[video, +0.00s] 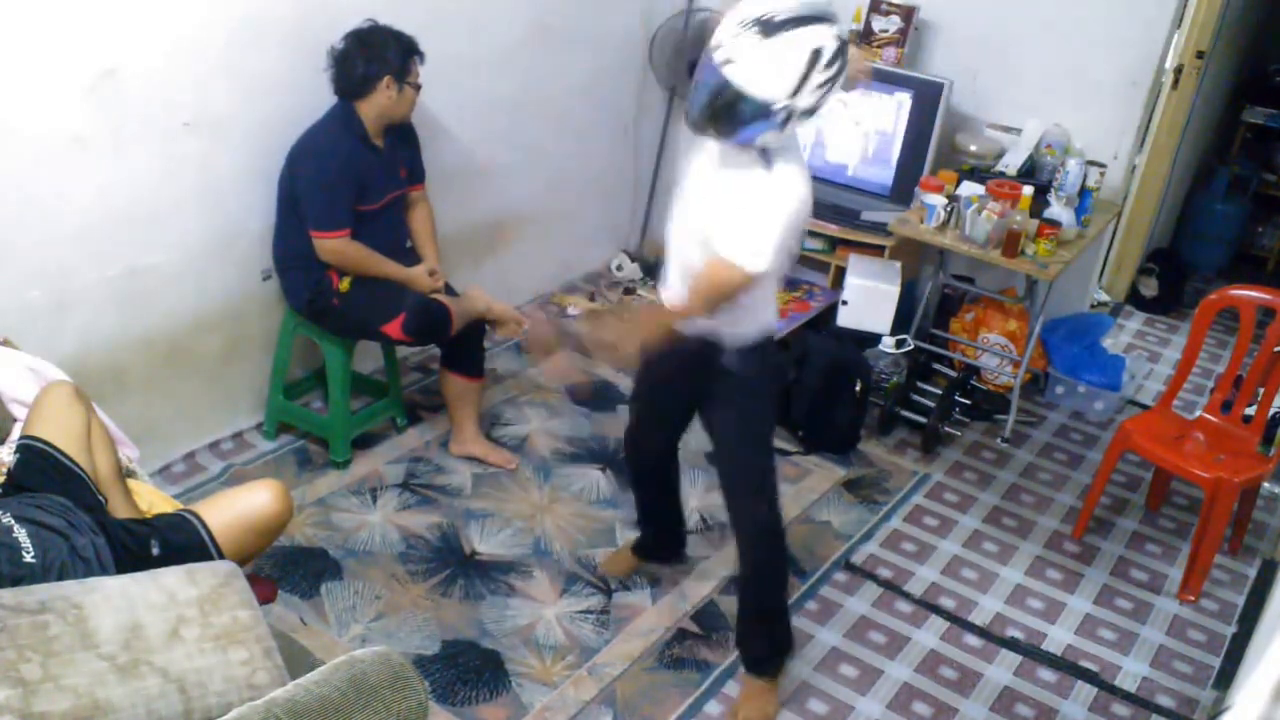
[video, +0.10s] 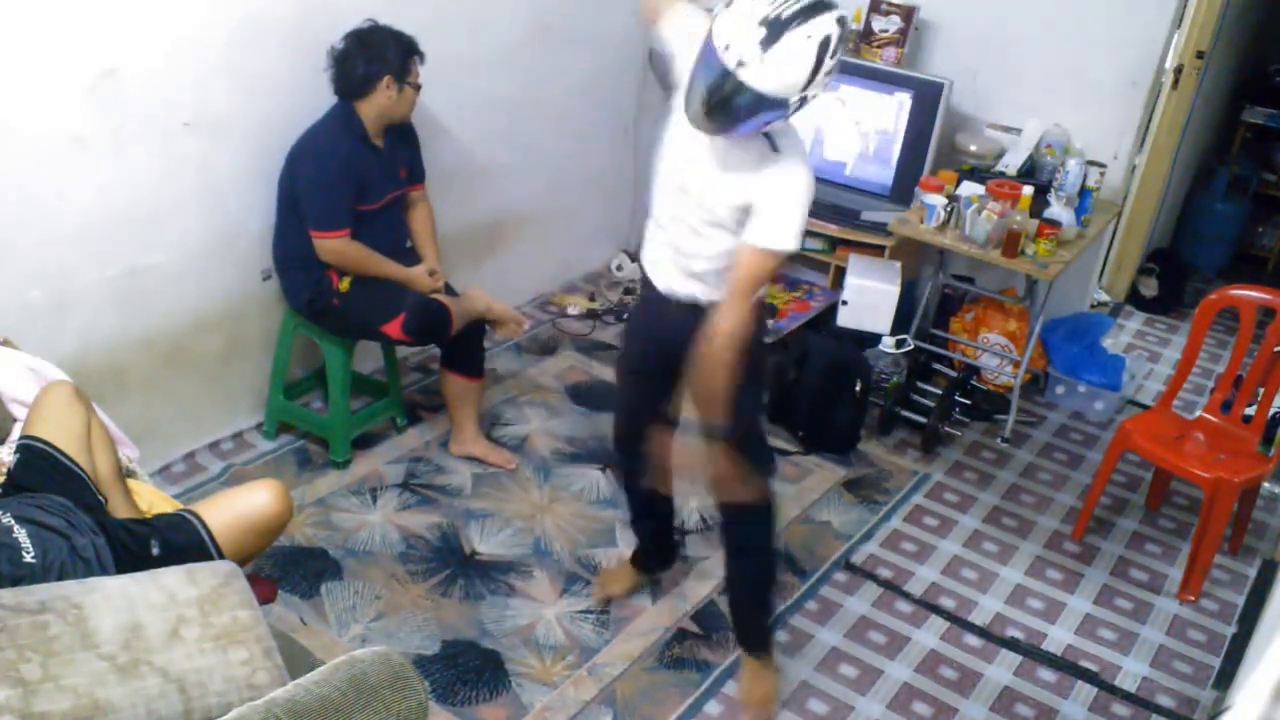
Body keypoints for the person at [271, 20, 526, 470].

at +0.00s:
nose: (419, 96)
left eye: (419, 87)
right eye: (416, 86)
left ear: (386, 87)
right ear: (387, 87)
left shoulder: (398, 130)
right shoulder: (325, 151)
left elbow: (417, 202)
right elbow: (332, 249)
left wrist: (429, 261)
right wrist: (406, 276)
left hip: (386, 267)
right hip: (326, 285)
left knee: (467, 321)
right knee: (425, 323)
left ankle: (466, 435)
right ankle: (477, 305)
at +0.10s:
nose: (419, 96)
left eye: (419, 87)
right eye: (416, 87)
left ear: (386, 87)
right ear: (387, 87)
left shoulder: (398, 131)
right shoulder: (324, 152)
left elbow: (417, 203)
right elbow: (332, 249)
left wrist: (429, 262)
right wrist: (406, 276)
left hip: (387, 267)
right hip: (326, 284)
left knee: (466, 321)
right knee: (424, 323)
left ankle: (466, 435)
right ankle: (478, 305)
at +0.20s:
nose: (419, 95)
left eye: (419, 86)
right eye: (416, 86)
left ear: (386, 87)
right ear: (387, 87)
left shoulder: (398, 130)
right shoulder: (325, 151)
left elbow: (417, 202)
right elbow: (332, 249)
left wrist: (429, 261)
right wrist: (406, 276)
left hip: (387, 266)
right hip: (326, 284)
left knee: (466, 321)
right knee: (423, 322)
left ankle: (466, 435)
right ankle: (478, 305)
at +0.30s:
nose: (419, 95)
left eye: (419, 86)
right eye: (416, 86)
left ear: (386, 87)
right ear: (387, 87)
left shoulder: (399, 130)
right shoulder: (325, 152)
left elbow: (417, 202)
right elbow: (332, 249)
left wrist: (430, 261)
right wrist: (407, 276)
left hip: (388, 266)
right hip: (327, 284)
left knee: (466, 322)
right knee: (423, 322)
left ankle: (466, 435)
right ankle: (478, 305)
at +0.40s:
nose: (419, 95)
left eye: (419, 87)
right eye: (416, 86)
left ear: (386, 87)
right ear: (387, 87)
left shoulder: (398, 130)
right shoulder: (326, 152)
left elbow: (417, 202)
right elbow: (332, 249)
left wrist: (430, 260)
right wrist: (407, 276)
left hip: (388, 265)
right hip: (327, 283)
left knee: (466, 323)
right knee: (423, 323)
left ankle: (466, 435)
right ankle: (479, 305)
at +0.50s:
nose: (419, 95)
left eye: (419, 86)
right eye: (416, 86)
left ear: (386, 87)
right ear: (387, 87)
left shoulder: (398, 130)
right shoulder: (326, 151)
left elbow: (417, 202)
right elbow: (332, 249)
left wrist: (430, 261)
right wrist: (407, 276)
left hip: (388, 266)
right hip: (327, 284)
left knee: (465, 323)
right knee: (423, 323)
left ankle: (466, 435)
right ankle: (479, 305)